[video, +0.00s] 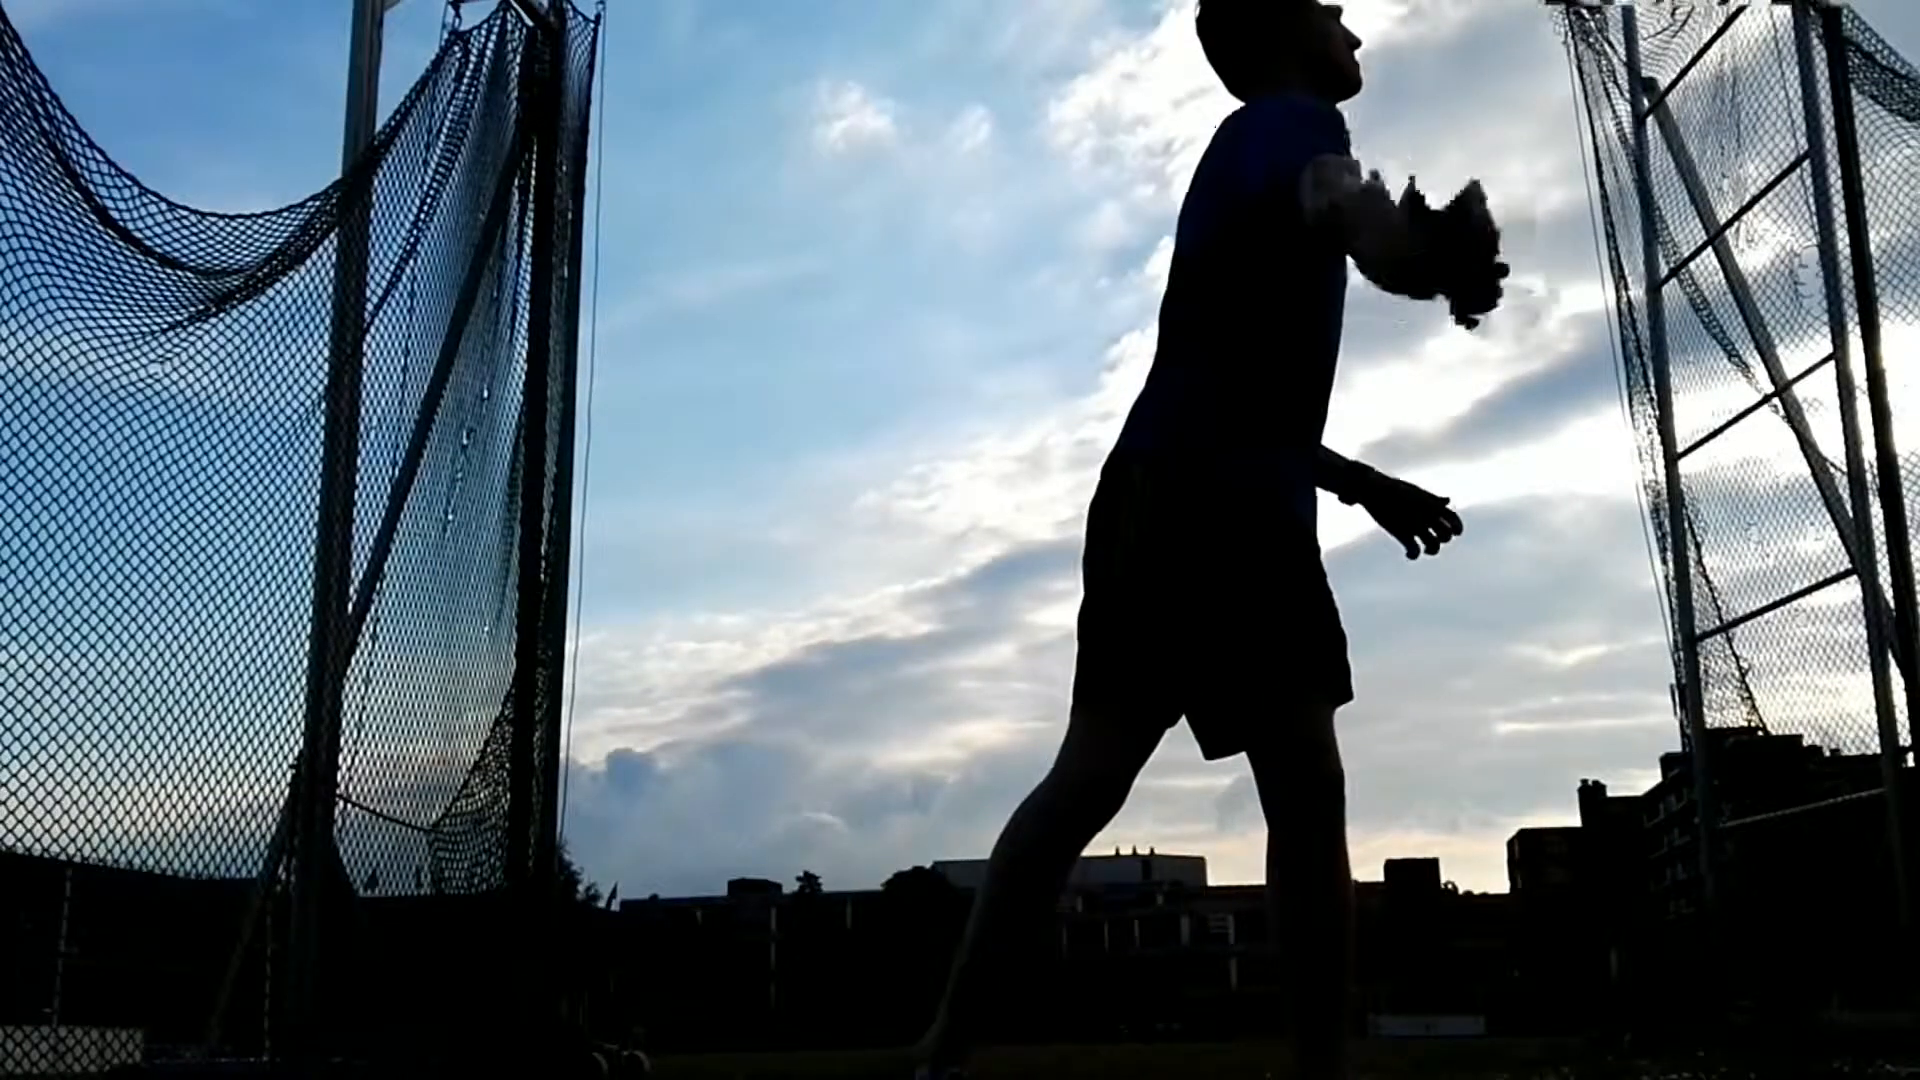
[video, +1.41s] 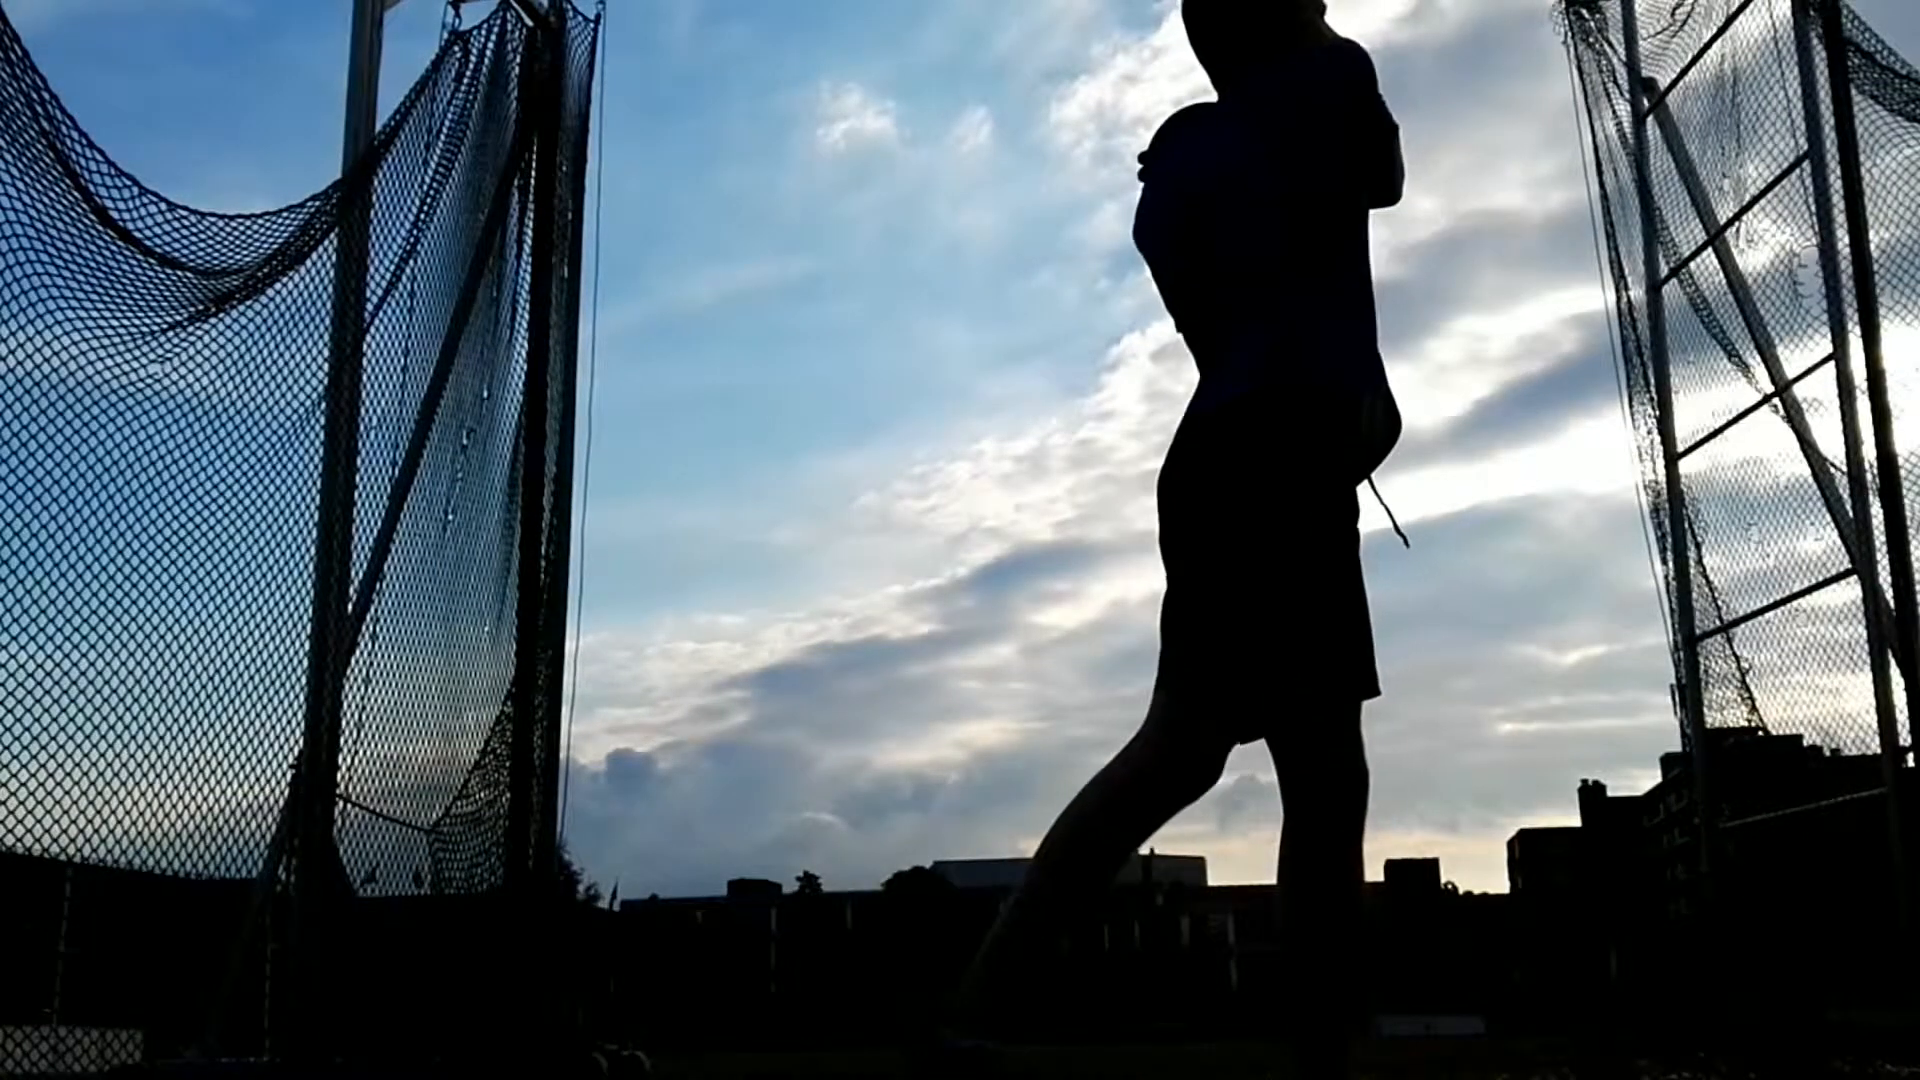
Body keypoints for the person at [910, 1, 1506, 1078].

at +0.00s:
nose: (1348, 27)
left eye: (1335, 11)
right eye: (1324, 14)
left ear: (1246, 59)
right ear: (1284, 38)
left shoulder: (1230, 165)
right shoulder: (1301, 128)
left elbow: (1222, 402)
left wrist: (1367, 486)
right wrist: (1448, 259)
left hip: (1148, 506)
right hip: (1239, 509)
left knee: (1083, 784)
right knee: (1304, 796)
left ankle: (953, 1041)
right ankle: (1323, 1060)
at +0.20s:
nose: (1339, 32)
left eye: (1324, 14)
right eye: (1316, 16)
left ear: (1235, 61)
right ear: (1282, 37)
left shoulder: (1224, 177)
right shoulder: (1336, 130)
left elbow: (1227, 404)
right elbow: (1478, 235)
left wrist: (1382, 444)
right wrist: (1624, 289)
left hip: (1149, 499)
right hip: (1237, 501)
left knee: (1107, 768)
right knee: (1300, 780)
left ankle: (948, 1030)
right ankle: (1324, 1055)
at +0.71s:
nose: (1323, 24)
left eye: (1310, 9)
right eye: (1306, 10)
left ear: (1207, 50)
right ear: (1286, 22)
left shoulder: (1186, 183)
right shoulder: (1358, 91)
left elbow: (1268, 369)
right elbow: (1490, 241)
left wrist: (1393, 337)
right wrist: (1489, 290)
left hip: (1190, 485)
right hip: (1279, 486)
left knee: (1170, 753)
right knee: (1315, 785)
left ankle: (976, 998)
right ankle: (1319, 1055)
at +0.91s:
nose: (1318, 22)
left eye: (1307, 9)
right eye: (1304, 8)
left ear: (1203, 48)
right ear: (1283, 19)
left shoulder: (1179, 187)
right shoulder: (1352, 80)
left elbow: (1239, 330)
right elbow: (1438, 224)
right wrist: (1342, 228)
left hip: (1207, 474)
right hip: (1302, 469)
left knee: (1190, 749)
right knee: (1322, 769)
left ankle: (1004, 985)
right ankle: (1316, 1041)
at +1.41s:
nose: (1317, 22)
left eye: (1304, 13)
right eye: (1305, 10)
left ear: (1205, 38)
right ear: (1286, 19)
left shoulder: (1166, 163)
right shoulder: (1325, 80)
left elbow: (1207, 337)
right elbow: (1378, 176)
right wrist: (1321, 55)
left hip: (1215, 467)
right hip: (1294, 466)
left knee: (1179, 745)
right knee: (1327, 766)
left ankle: (997, 983)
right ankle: (1321, 1032)